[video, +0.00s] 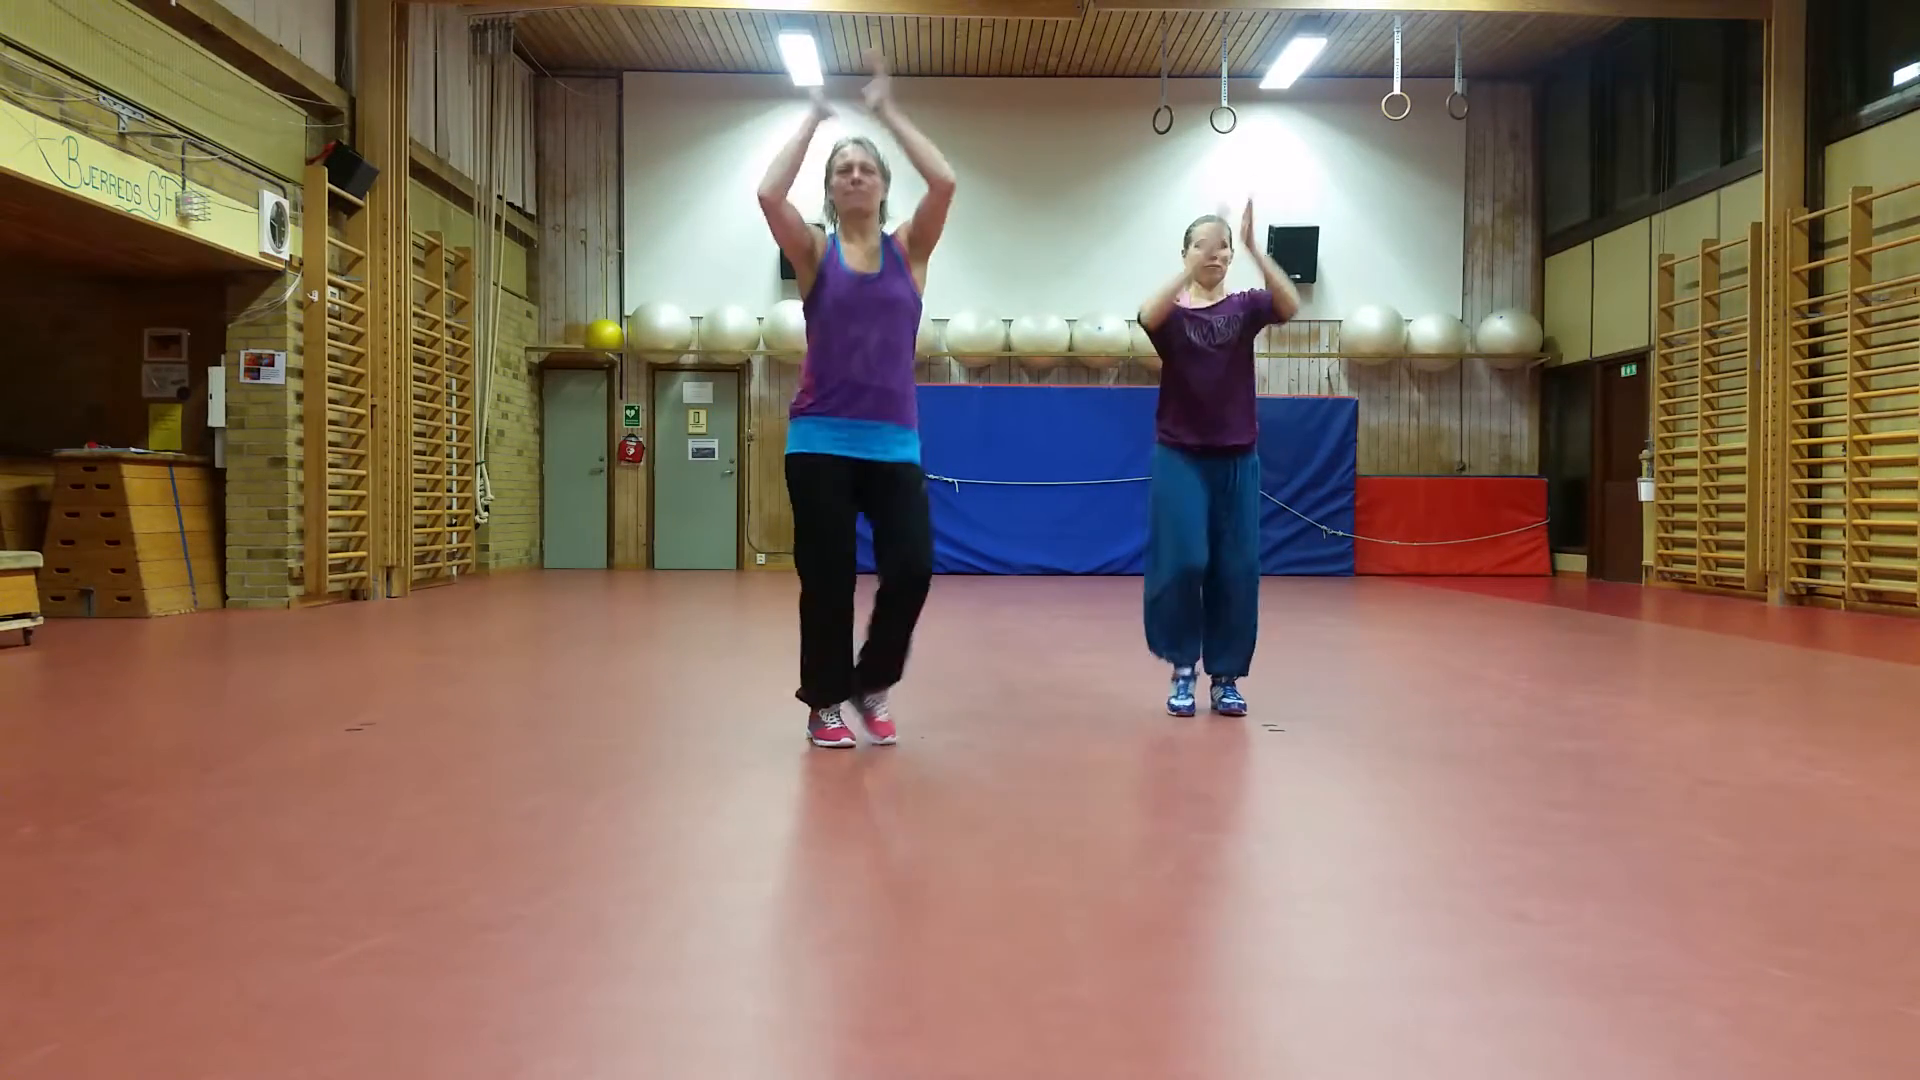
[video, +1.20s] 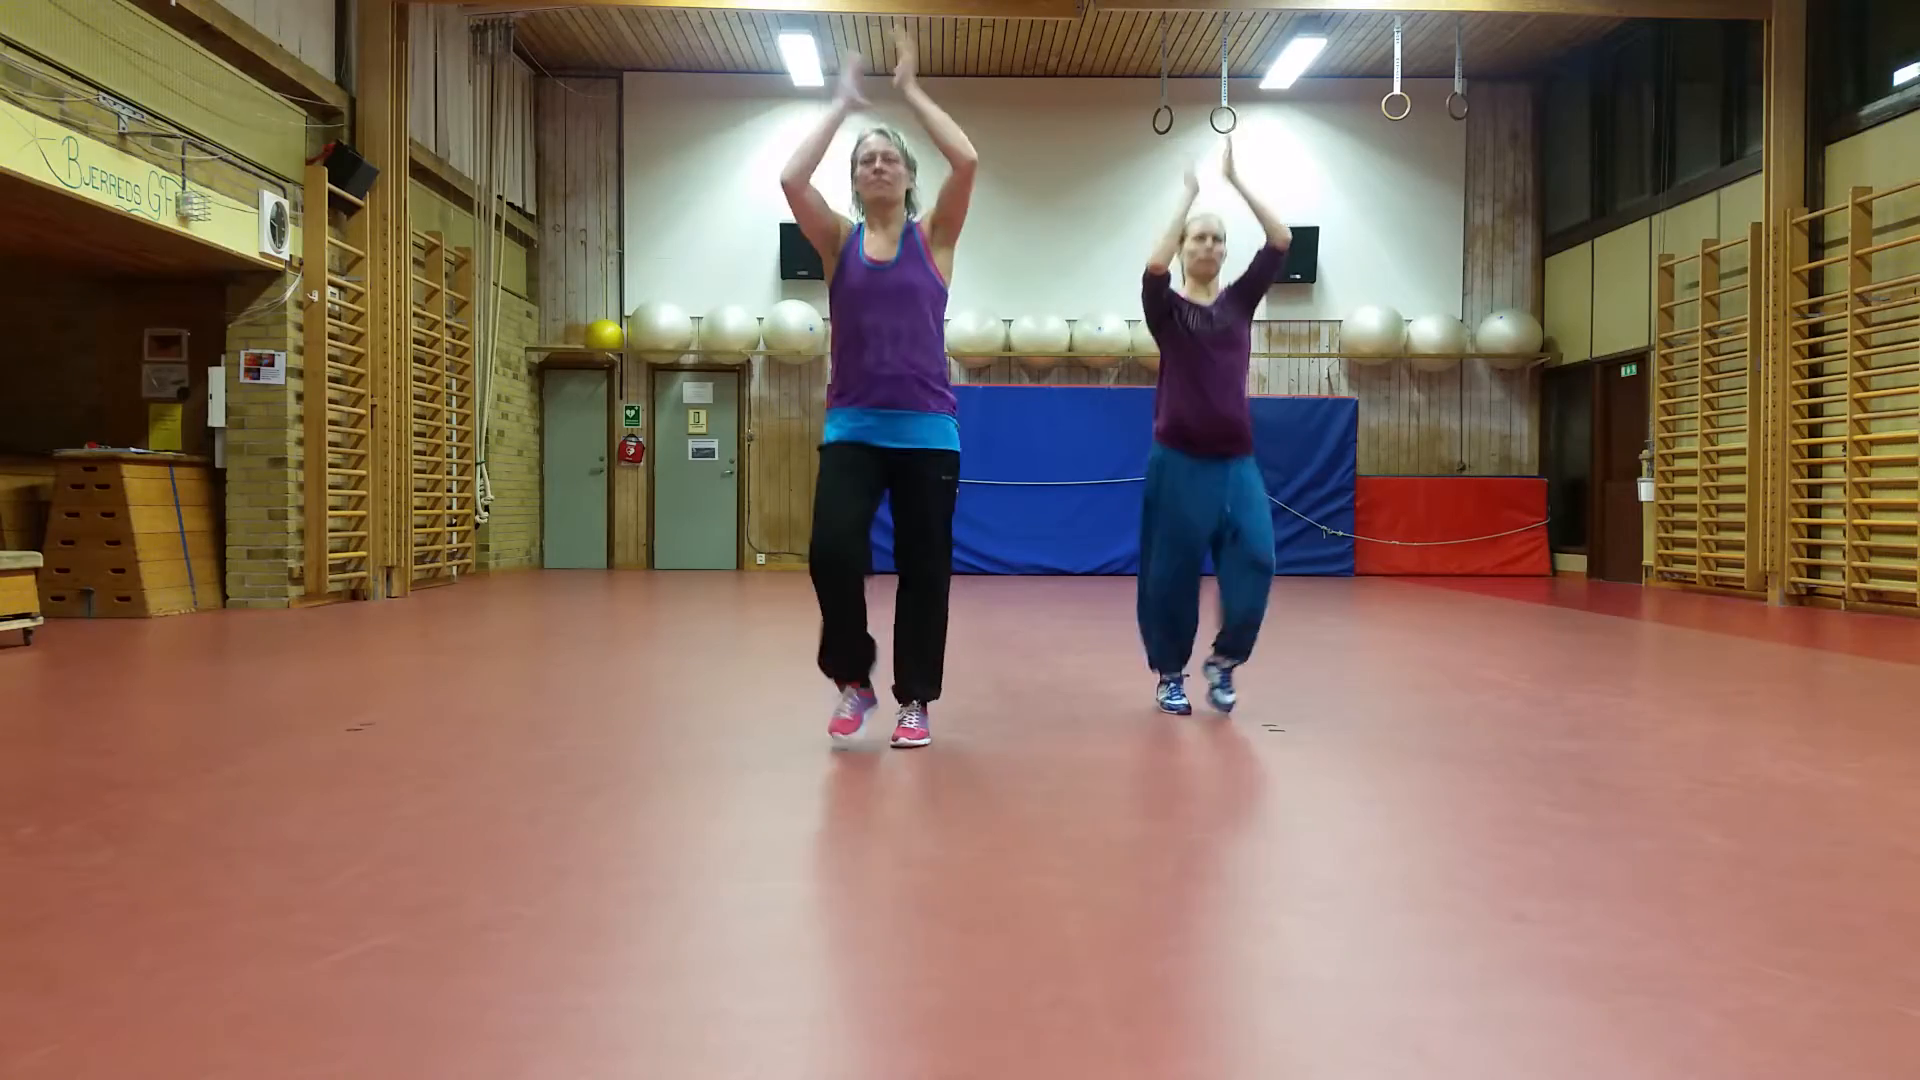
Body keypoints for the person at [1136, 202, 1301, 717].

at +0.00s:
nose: (1215, 256)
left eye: (1223, 249)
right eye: (1206, 248)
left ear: (1230, 257)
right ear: (1187, 255)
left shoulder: (1245, 304)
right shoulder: (1170, 309)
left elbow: (1289, 306)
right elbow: (1148, 319)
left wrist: (1254, 250)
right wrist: (1185, 274)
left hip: (1237, 453)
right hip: (1179, 452)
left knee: (1237, 565)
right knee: (1186, 561)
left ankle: (1226, 677)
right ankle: (1183, 669)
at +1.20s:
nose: (1208, 246)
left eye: (1216, 239)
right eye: (1199, 238)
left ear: (1226, 249)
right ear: (1181, 247)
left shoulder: (1238, 303)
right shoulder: (1166, 308)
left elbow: (1281, 241)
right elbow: (1154, 268)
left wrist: (1236, 180)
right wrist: (1184, 203)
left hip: (1237, 460)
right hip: (1180, 459)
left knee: (1256, 560)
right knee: (1172, 569)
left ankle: (1223, 665)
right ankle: (1170, 674)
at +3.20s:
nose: (1233, 234)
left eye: (1240, 229)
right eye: (1222, 229)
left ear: (1252, 243)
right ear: (1206, 242)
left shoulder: (1265, 295)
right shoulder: (1192, 300)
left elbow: (1307, 224)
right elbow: (1161, 249)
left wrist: (1266, 165)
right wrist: (1199, 184)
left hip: (1260, 449)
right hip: (1201, 448)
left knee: (1268, 560)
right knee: (1192, 552)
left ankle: (1264, 669)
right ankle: (1196, 658)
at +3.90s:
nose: (1227, 246)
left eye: (1236, 239)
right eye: (1217, 239)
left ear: (1248, 252)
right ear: (1203, 253)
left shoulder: (1264, 302)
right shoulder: (1187, 307)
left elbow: (1326, 277)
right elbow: (1156, 306)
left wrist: (1275, 236)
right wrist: (1193, 247)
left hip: (1263, 455)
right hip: (1203, 457)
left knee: (1272, 565)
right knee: (1204, 558)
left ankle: (1264, 674)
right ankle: (1214, 660)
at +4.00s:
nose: (1225, 228)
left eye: (1234, 222)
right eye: (1215, 222)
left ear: (1246, 235)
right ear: (1198, 236)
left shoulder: (1262, 287)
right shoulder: (1178, 294)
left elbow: (1329, 324)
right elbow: (1142, 351)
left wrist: (1285, 291)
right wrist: (1182, 303)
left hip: (1257, 439)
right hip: (1197, 440)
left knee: (1263, 556)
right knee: (1194, 553)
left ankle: (1260, 673)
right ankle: (1184, 659)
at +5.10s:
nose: (1238, 240)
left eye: (1246, 233)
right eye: (1228, 234)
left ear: (1260, 247)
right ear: (1213, 249)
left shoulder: (1283, 304)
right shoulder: (1188, 311)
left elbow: (1331, 368)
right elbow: (1145, 375)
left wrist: (1328, 354)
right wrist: (1157, 336)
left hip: (1267, 461)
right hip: (1203, 459)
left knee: (1274, 570)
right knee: (1168, 557)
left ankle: (1280, 681)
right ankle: (1146, 668)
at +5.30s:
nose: (1234, 248)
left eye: (1242, 241)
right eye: (1224, 241)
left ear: (1256, 254)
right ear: (1208, 254)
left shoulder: (1272, 314)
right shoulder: (1180, 308)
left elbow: (1309, 374)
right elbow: (1131, 356)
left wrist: (1318, 435)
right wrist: (1127, 405)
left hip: (1253, 461)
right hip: (1187, 461)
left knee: (1288, 562)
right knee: (1158, 563)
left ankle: (1295, 666)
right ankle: (1128, 668)